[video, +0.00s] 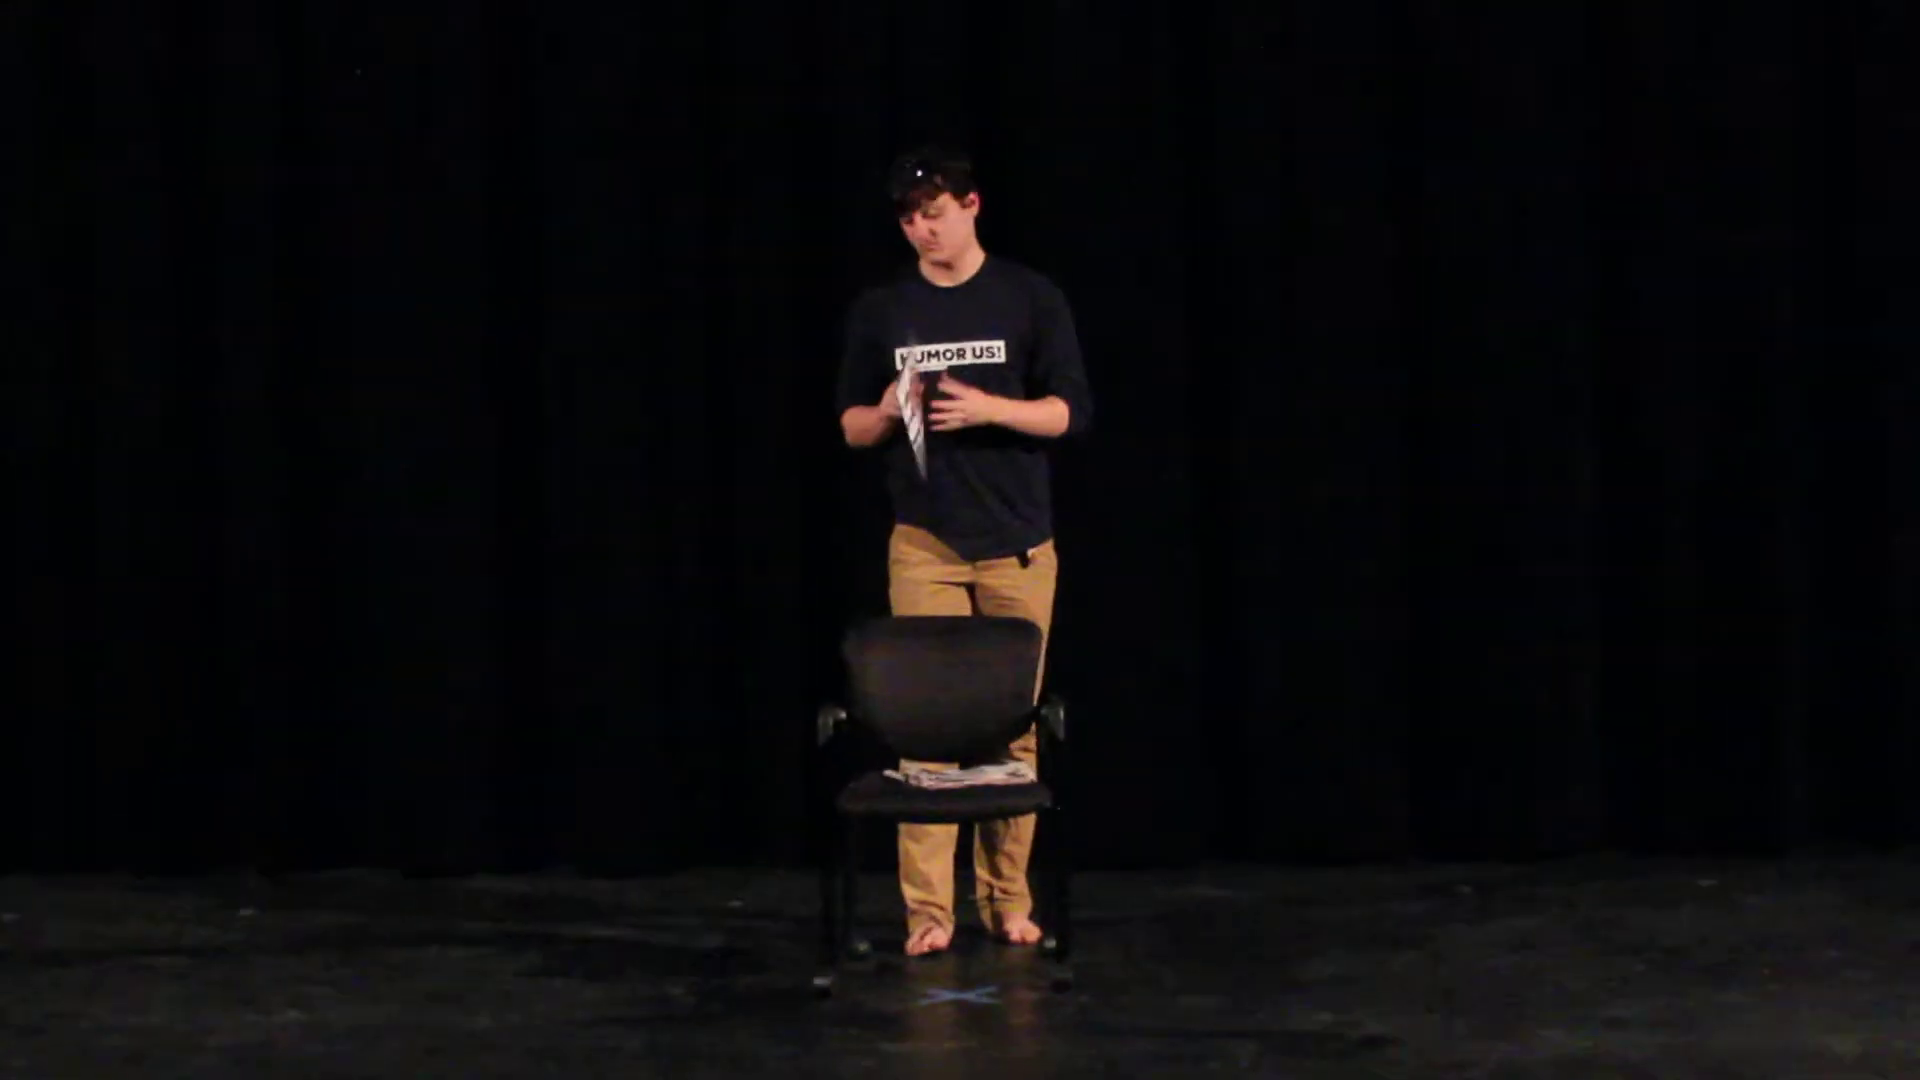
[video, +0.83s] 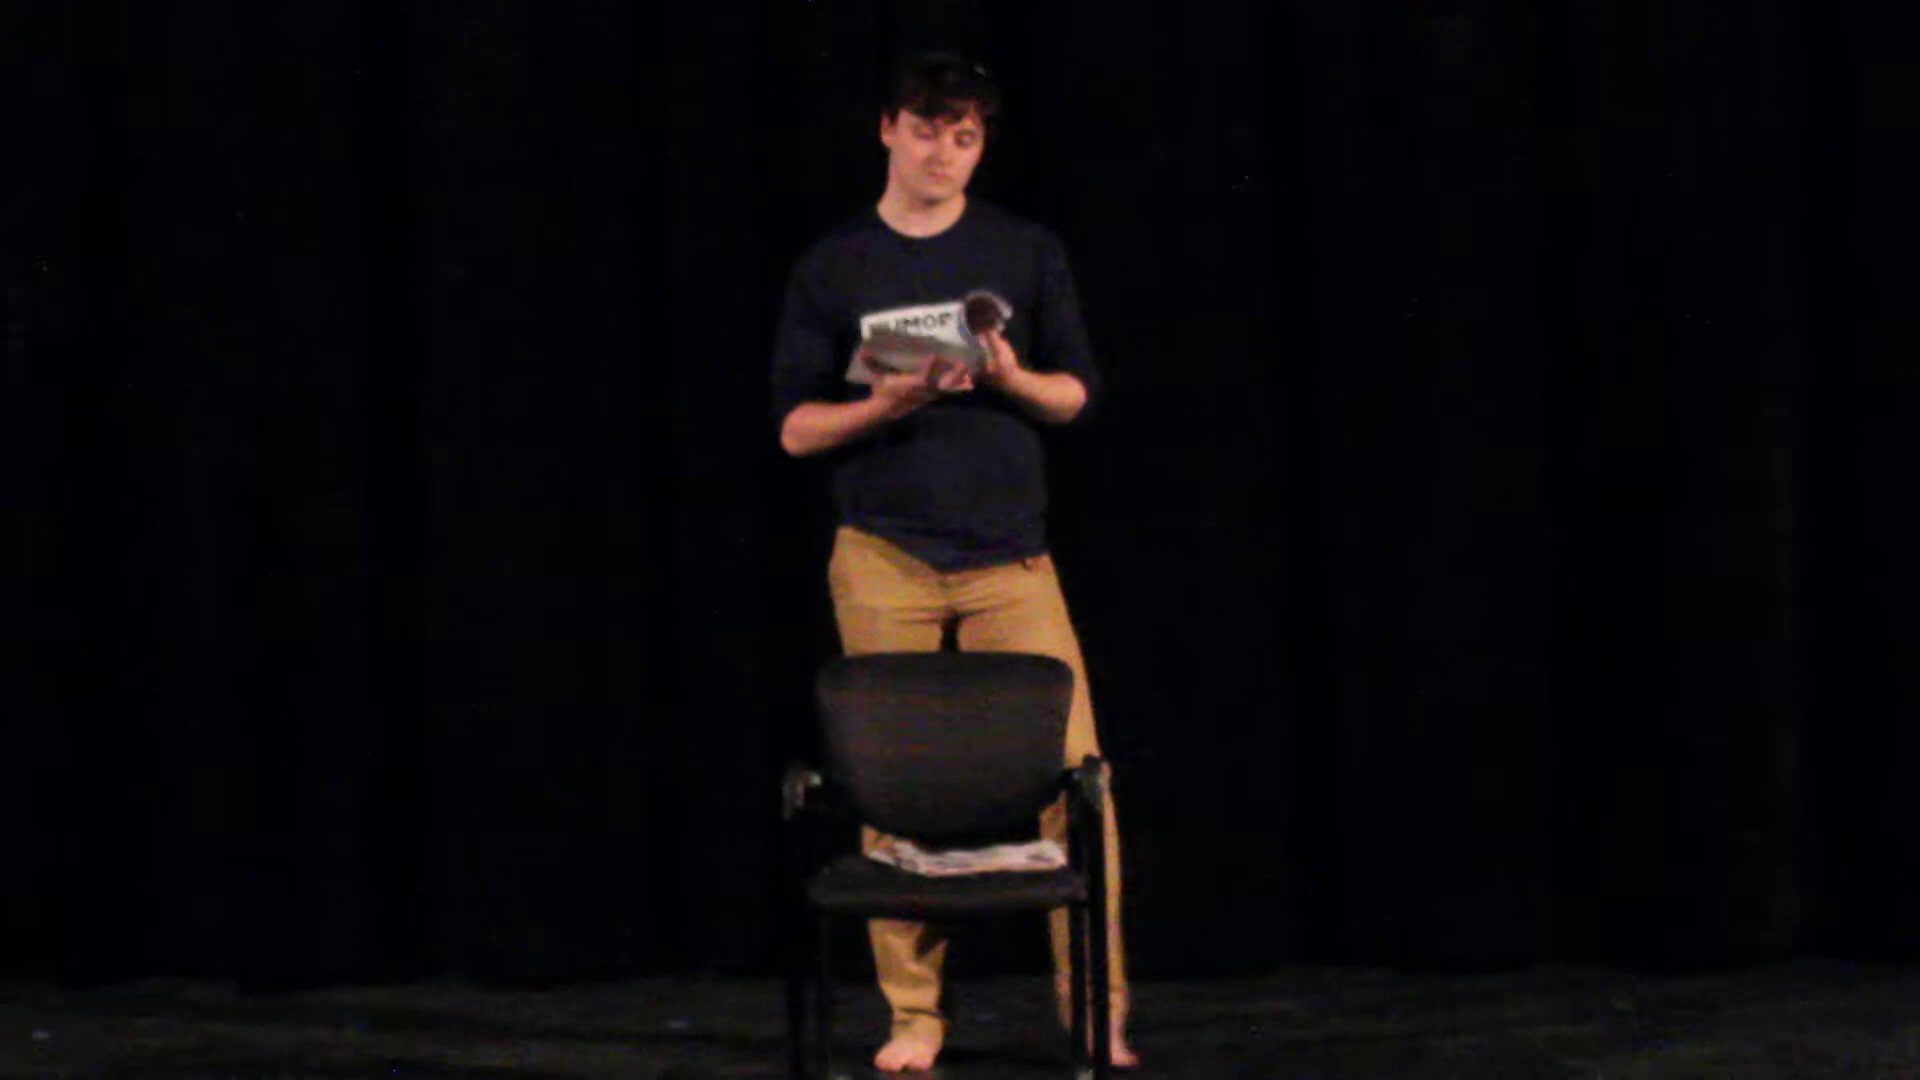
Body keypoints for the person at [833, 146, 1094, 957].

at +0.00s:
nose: (921, 229)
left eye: (934, 213)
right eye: (911, 217)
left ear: (972, 207)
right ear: (900, 224)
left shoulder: (1033, 300)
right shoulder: (883, 310)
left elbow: (1069, 414)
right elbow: (853, 428)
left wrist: (991, 408)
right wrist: (891, 411)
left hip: (1018, 543)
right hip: (922, 541)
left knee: (1015, 722)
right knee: (925, 719)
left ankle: (1008, 899)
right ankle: (928, 909)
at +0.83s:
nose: (944, 151)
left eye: (962, 135)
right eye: (927, 130)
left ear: (982, 144)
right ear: (888, 133)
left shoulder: (1026, 253)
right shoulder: (834, 266)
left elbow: (1075, 398)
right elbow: (796, 429)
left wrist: (1013, 378)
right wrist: (891, 402)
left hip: (1011, 559)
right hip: (882, 559)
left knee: (1070, 778)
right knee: (892, 789)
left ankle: (1097, 1015)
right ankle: (914, 1017)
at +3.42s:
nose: (859, 126)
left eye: (876, 100)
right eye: (842, 110)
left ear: (927, 95)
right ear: (825, 130)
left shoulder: (1030, 221)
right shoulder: (825, 261)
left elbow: (1106, 378)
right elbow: (780, 446)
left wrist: (1046, 364)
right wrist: (827, 398)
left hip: (1001, 559)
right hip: (859, 557)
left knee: (1059, 802)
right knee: (887, 812)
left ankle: (1131, 1047)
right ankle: (914, 1060)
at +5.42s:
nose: (1648, 194)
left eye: (1641, 175)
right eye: (1634, 176)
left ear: (1592, 193)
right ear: (1586, 192)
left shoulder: (1609, 333)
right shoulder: (1478, 320)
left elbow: (1632, 504)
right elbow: (1407, 497)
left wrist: (1692, 634)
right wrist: (1401, 674)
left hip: (1616, 663)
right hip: (1498, 658)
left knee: (1628, 920)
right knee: (1485, 923)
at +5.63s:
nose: (1668, 171)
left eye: (1659, 153)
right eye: (1648, 156)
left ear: (1611, 180)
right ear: (1596, 181)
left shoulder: (1622, 315)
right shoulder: (1499, 314)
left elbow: (1611, 499)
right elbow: (1468, 501)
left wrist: (1662, 627)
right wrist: (1508, 667)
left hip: (1634, 652)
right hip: (1529, 650)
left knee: (1611, 913)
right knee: (1517, 912)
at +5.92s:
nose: (1617, 179)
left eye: (1617, 159)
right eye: (1587, 169)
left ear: (1626, 170)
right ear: (1532, 199)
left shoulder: (1657, 299)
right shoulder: (1482, 315)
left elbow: (1687, 440)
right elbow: (1458, 497)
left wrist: (1719, 484)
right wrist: (1610, 536)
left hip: (1641, 637)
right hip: (1517, 636)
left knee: (1613, 893)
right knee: (1507, 884)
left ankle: (1595, 1076)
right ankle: (1472, 1077)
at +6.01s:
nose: (1582, 189)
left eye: (1589, 165)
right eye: (1552, 178)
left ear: (1612, 173)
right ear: (1513, 206)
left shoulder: (1665, 301)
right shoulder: (1474, 317)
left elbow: (1714, 436)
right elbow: (1445, 496)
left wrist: (1720, 465)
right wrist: (1593, 507)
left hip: (1638, 636)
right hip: (1511, 635)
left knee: (1610, 891)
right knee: (1502, 883)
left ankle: (1592, 1076)